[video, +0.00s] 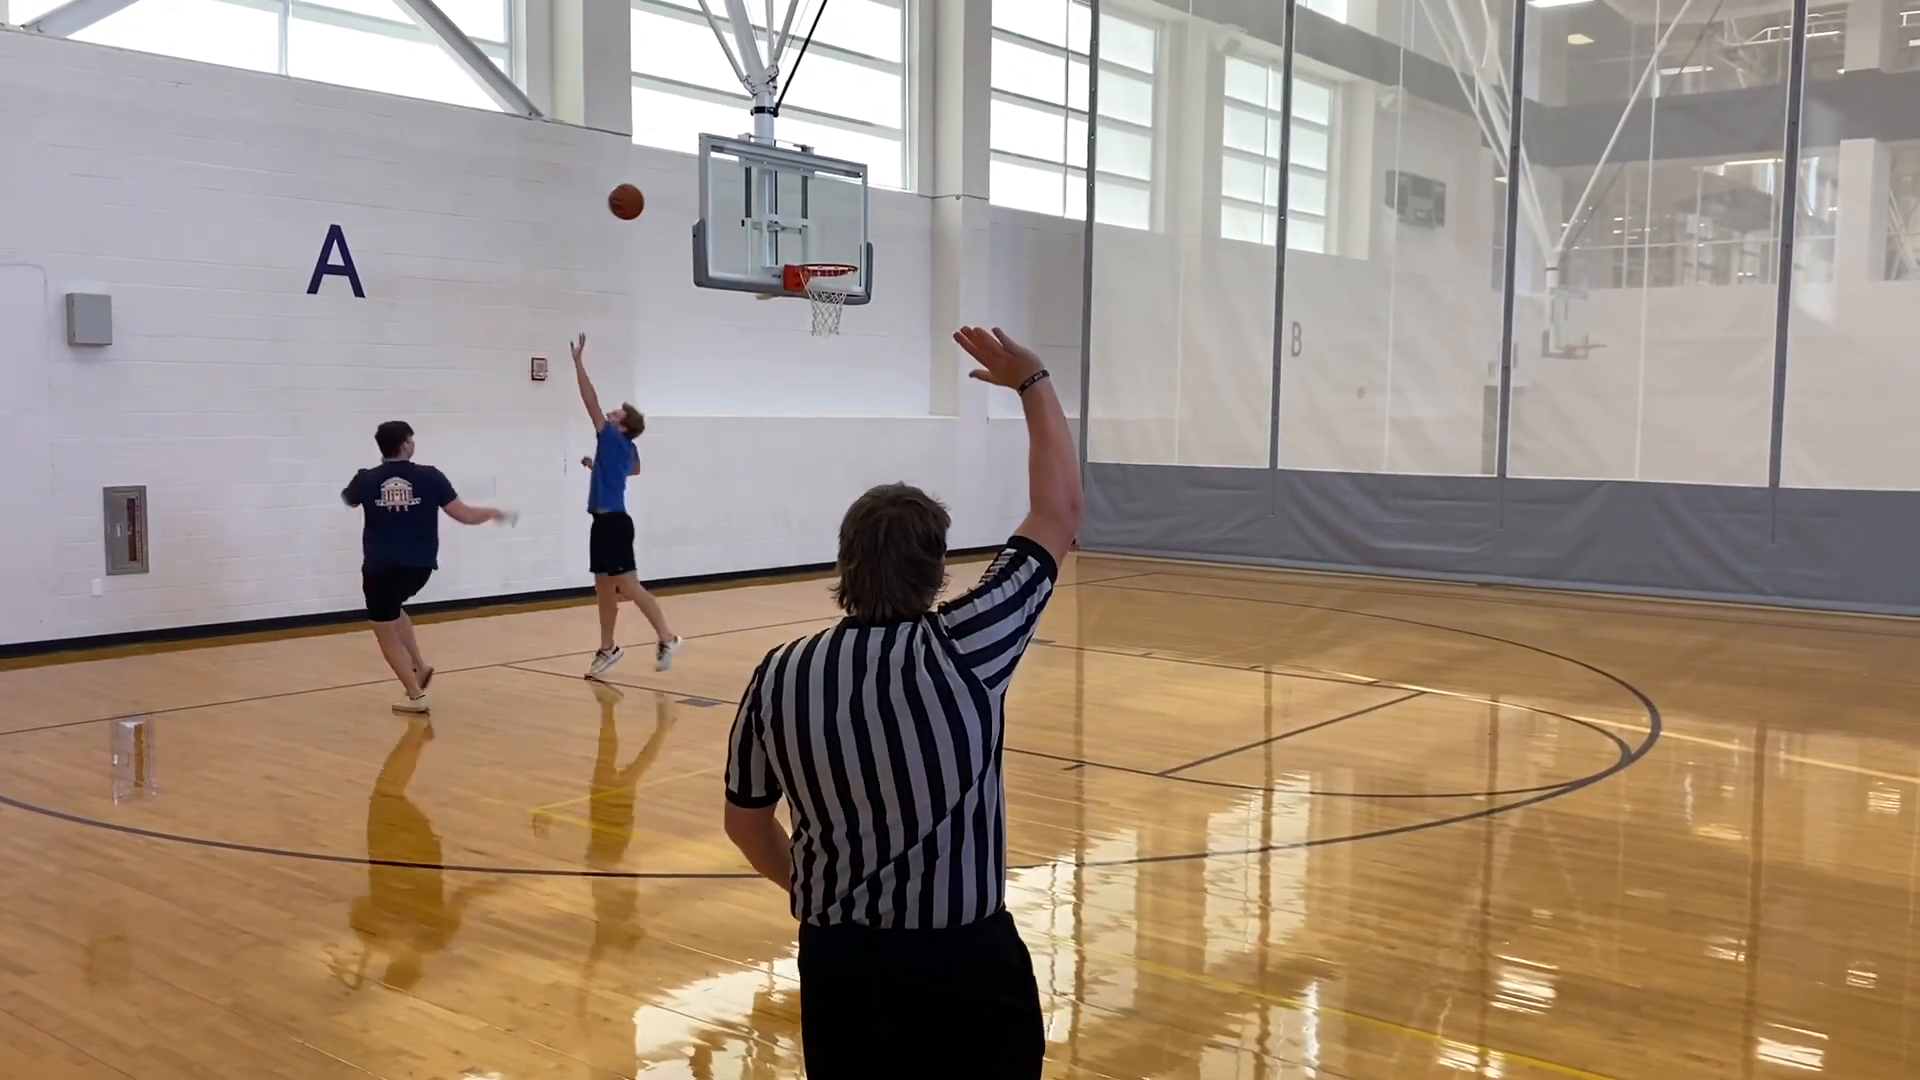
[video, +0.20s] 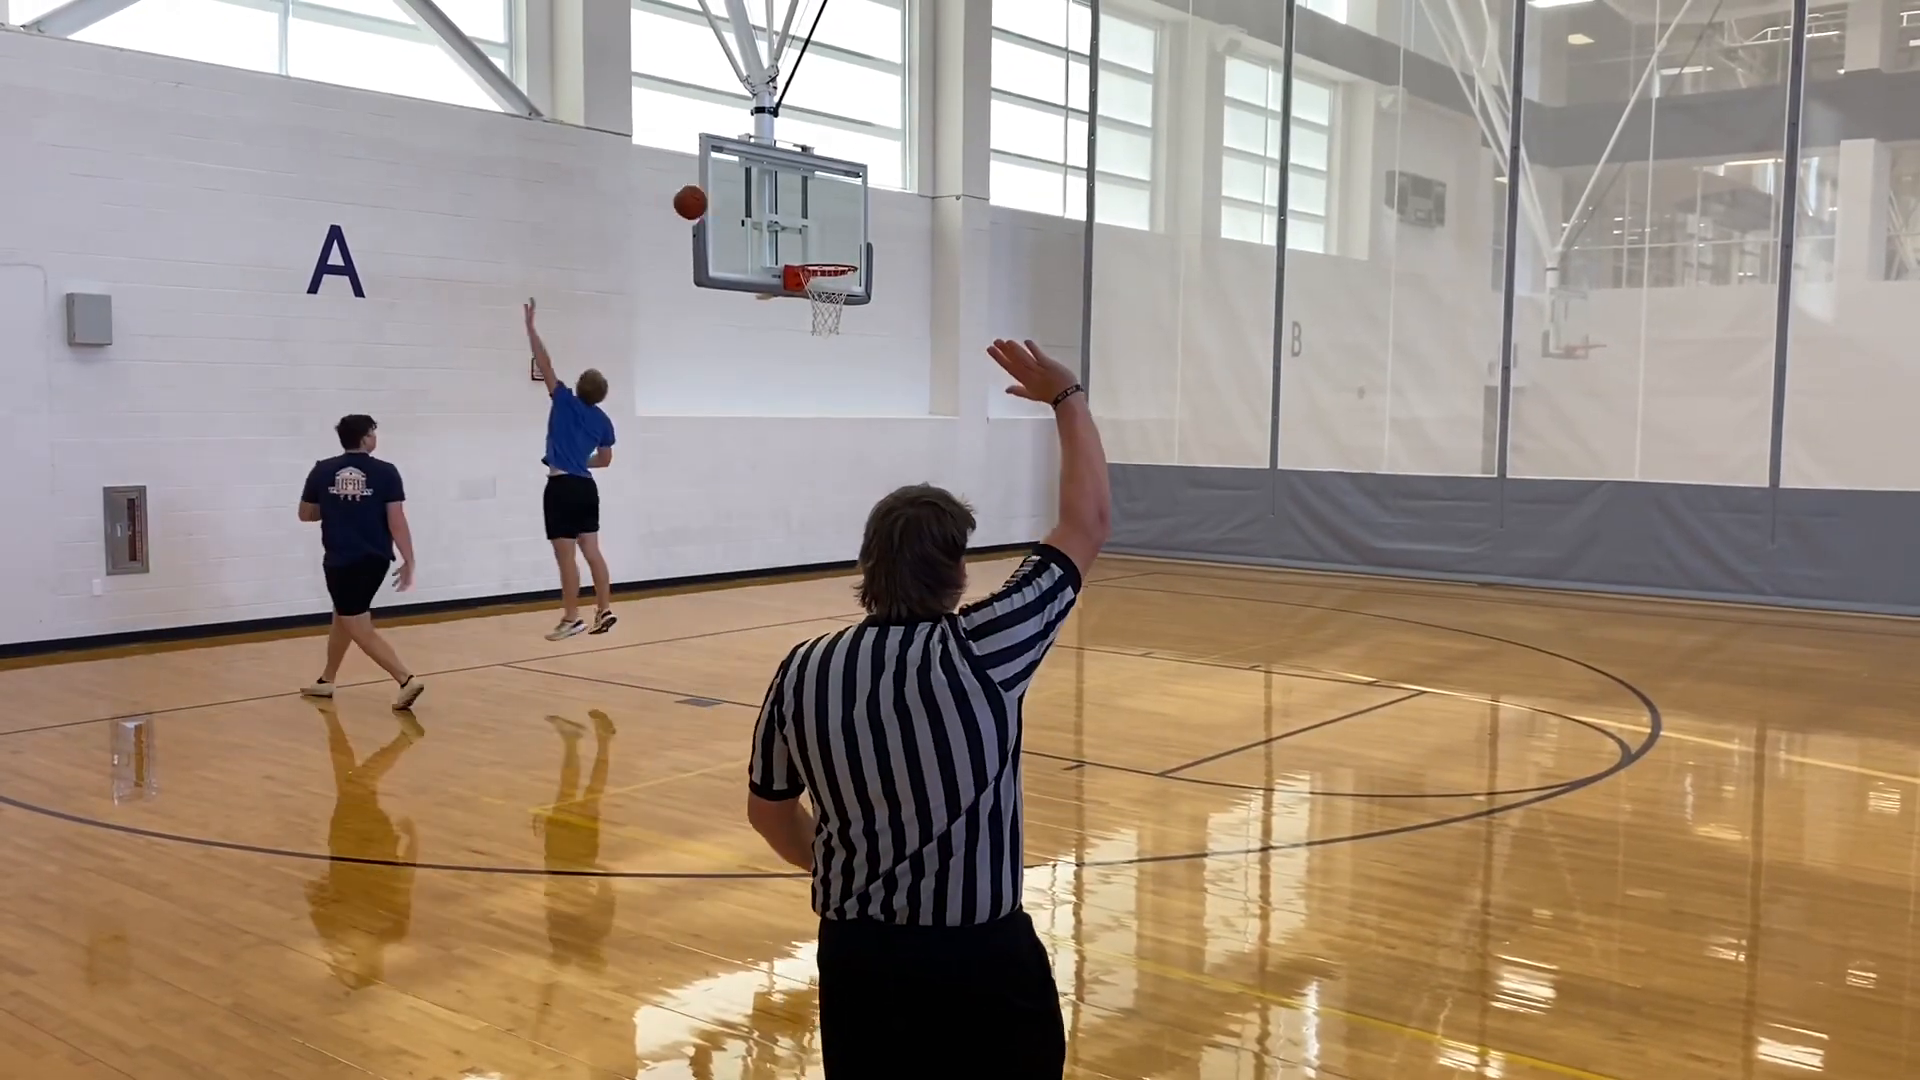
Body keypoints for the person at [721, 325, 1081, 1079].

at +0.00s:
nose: (936, 566)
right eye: (936, 553)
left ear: (846, 568)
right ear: (937, 568)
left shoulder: (779, 675)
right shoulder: (962, 650)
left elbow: (746, 818)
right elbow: (1057, 516)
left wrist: (807, 885)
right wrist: (1035, 383)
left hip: (839, 971)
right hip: (970, 966)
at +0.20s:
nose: (964, 570)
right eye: (962, 557)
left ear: (869, 569)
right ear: (956, 570)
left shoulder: (801, 671)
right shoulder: (980, 650)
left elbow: (769, 809)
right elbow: (1084, 526)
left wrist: (827, 859)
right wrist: (1068, 398)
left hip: (857, 968)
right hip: (986, 967)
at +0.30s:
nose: (982, 569)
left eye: (976, 555)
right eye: (979, 557)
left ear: (886, 570)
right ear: (971, 571)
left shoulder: (821, 669)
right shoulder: (998, 651)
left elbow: (784, 791)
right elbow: (1120, 545)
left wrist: (863, 820)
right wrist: (1093, 429)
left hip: (872, 965)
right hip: (1000, 965)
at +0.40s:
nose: (1006, 568)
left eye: (999, 552)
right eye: (1003, 555)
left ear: (911, 570)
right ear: (996, 570)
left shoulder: (845, 665)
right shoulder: (1018, 656)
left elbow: (818, 743)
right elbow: (1158, 582)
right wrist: (1113, 518)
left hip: (890, 958)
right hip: (1017, 957)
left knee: (895, 1074)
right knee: (1049, 1070)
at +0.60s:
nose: (1071, 562)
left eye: (1070, 553)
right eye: (1066, 552)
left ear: (975, 568)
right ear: (1054, 571)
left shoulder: (918, 653)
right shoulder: (1083, 665)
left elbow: (984, 616)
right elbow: (1206, 650)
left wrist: (1063, 588)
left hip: (949, 948)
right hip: (1073, 952)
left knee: (946, 1072)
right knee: (1095, 1070)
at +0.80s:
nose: (1130, 562)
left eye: (1128, 551)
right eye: (1126, 553)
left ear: (1040, 563)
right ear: (1118, 573)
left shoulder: (983, 643)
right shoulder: (1147, 660)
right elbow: (1247, 643)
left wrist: (1084, 587)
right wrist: (1145, 582)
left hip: (1007, 932)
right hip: (1125, 935)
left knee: (1004, 1069)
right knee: (1133, 1068)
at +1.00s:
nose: (1173, 559)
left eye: (1171, 547)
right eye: (1171, 548)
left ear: (1083, 555)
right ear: (1161, 560)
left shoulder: (1024, 638)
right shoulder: (1187, 652)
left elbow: (1091, 641)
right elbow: (1308, 671)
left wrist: (1155, 615)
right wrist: (1203, 635)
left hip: (1045, 913)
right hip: (1157, 918)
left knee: (1075, 1068)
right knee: (1158, 1070)